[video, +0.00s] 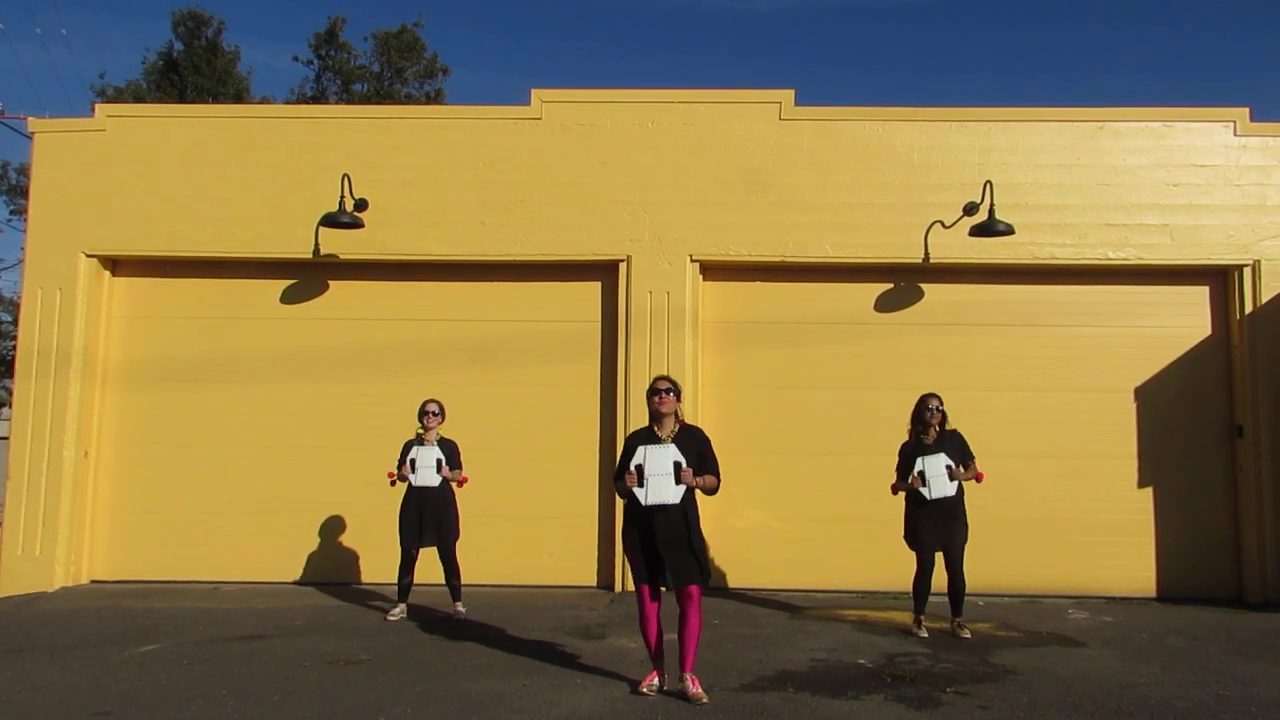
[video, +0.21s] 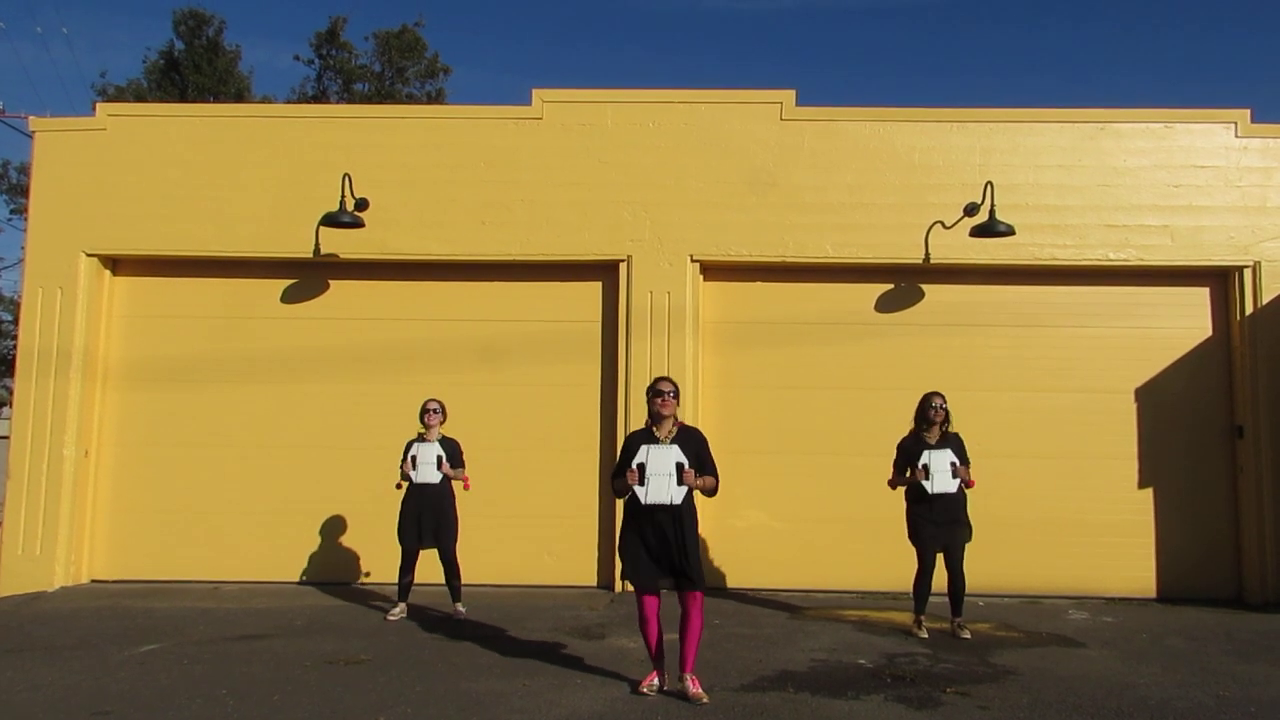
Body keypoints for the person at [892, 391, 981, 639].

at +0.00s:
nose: (934, 413)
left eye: (938, 409)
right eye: (928, 409)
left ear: (943, 413)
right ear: (919, 413)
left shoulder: (954, 439)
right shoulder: (909, 447)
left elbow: (973, 470)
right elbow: (897, 485)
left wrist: (961, 475)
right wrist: (910, 485)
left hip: (953, 517)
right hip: (923, 518)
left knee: (955, 570)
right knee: (925, 568)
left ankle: (957, 621)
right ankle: (918, 620)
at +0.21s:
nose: (937, 411)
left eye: (941, 407)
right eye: (932, 407)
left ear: (946, 412)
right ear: (923, 410)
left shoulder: (954, 440)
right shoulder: (909, 443)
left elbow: (968, 479)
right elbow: (895, 481)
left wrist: (962, 474)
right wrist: (912, 479)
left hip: (953, 513)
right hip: (923, 514)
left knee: (955, 567)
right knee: (926, 566)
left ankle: (957, 620)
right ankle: (919, 619)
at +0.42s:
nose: (937, 409)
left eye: (940, 405)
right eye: (931, 405)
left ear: (946, 410)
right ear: (922, 410)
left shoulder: (951, 440)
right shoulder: (907, 438)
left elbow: (963, 472)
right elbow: (892, 471)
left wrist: (959, 469)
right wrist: (910, 472)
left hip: (951, 512)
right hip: (922, 513)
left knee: (953, 567)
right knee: (927, 566)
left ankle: (956, 621)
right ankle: (918, 620)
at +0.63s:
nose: (933, 409)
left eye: (936, 405)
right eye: (927, 406)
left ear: (942, 409)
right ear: (919, 411)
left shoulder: (951, 442)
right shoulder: (906, 439)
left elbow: (961, 477)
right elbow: (890, 473)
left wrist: (956, 473)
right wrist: (907, 473)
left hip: (948, 513)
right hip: (918, 513)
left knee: (951, 567)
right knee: (922, 566)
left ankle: (954, 621)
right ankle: (916, 620)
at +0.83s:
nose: (929, 408)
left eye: (933, 404)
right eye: (924, 405)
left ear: (939, 408)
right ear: (915, 410)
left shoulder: (950, 437)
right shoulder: (905, 443)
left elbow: (966, 471)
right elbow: (892, 480)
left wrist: (956, 467)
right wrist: (906, 473)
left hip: (946, 512)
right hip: (916, 513)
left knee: (948, 567)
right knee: (917, 567)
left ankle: (952, 620)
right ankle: (914, 619)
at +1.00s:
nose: (926, 407)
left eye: (929, 403)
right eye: (920, 404)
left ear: (935, 408)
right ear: (912, 409)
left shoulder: (946, 437)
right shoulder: (901, 438)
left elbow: (957, 474)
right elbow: (887, 475)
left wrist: (953, 469)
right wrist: (903, 469)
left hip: (944, 511)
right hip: (915, 512)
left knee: (947, 566)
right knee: (918, 565)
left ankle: (949, 620)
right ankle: (910, 619)